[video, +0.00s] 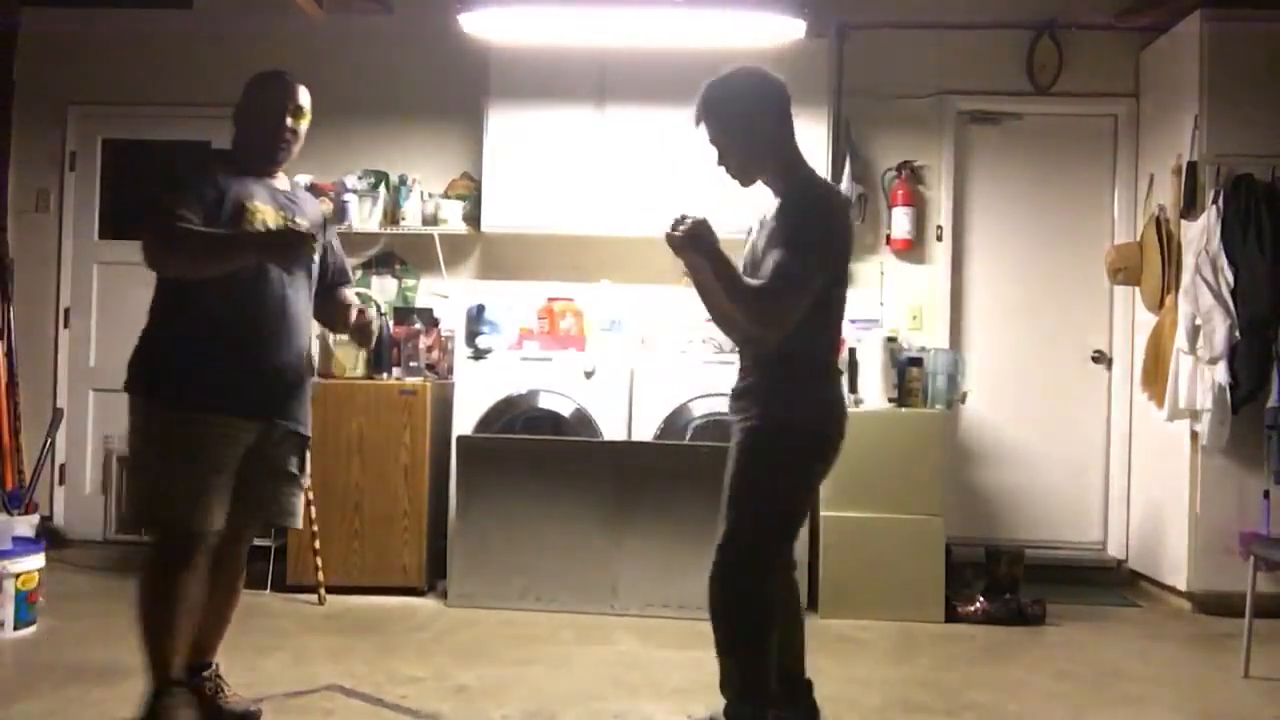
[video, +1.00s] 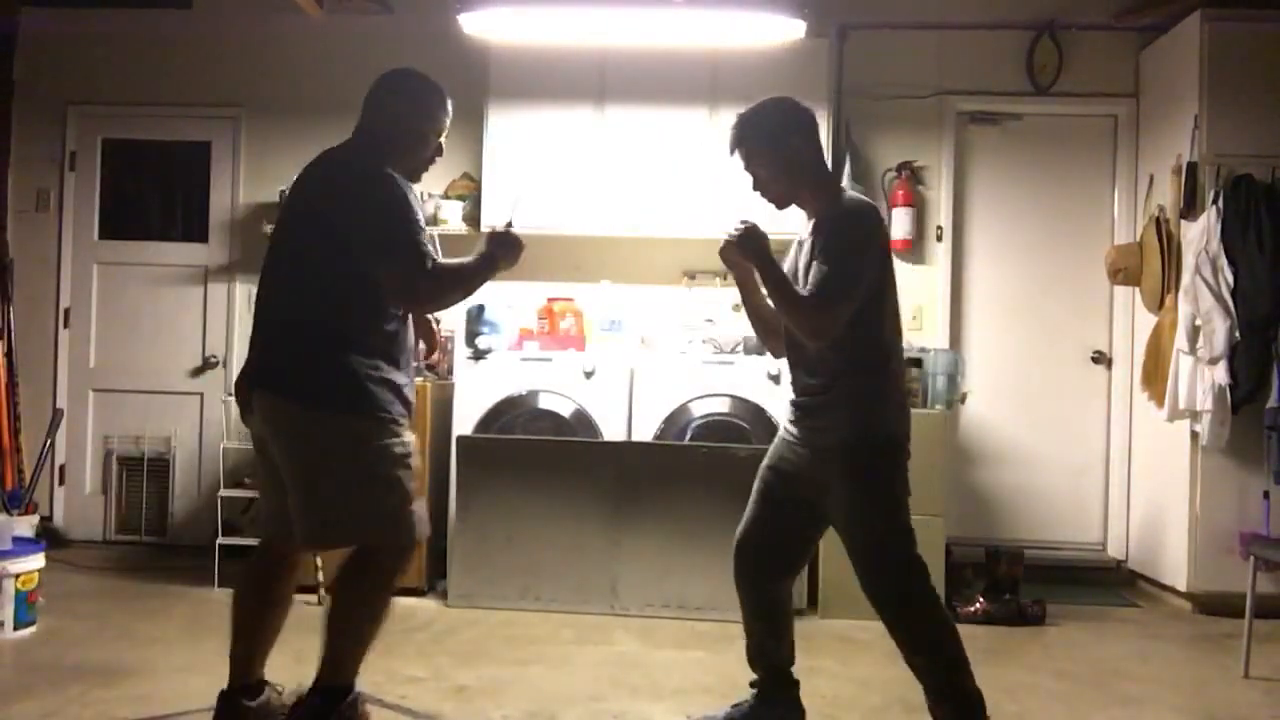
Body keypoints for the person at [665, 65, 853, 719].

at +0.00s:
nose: (715, 156)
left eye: (718, 137)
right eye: (710, 141)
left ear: (758, 126)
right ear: (767, 129)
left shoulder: (811, 209)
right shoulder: (786, 213)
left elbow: (764, 328)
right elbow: (753, 323)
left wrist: (706, 260)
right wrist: (702, 262)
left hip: (786, 419)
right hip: (775, 415)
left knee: (737, 576)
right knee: (767, 567)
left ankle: (747, 709)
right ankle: (787, 702)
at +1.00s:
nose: (752, 184)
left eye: (756, 167)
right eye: (747, 171)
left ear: (795, 153)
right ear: (794, 159)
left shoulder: (852, 218)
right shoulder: (807, 238)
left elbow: (818, 329)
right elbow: (777, 341)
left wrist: (763, 263)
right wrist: (745, 279)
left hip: (862, 438)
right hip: (805, 432)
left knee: (895, 585)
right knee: (757, 559)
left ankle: (962, 711)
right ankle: (775, 695)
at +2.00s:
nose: (843, 172)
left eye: (849, 157)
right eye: (838, 159)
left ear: (893, 146)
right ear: (856, 159)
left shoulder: (962, 222)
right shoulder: (862, 240)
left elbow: (940, 315)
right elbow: (821, 332)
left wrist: (862, 251)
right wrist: (806, 260)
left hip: (948, 435)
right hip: (877, 432)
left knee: (955, 594)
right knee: (840, 572)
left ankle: (994, 714)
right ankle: (850, 698)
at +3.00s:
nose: (852, 184)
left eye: (858, 166)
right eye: (848, 169)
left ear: (899, 157)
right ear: (901, 162)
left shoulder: (948, 231)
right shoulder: (929, 233)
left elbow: (940, 346)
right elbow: (951, 337)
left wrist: (853, 360)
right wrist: (885, 323)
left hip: (964, 438)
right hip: (916, 435)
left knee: (986, 600)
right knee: (856, 561)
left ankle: (1057, 717)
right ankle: (837, 696)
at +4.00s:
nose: (843, 180)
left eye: (849, 164)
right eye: (839, 166)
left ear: (890, 153)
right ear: (888, 160)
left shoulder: (910, 223)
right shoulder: (903, 221)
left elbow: (806, 291)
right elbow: (890, 321)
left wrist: (750, 295)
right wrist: (842, 281)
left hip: (957, 431)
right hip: (906, 429)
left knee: (993, 588)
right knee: (858, 565)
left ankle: (1059, 712)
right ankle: (846, 698)